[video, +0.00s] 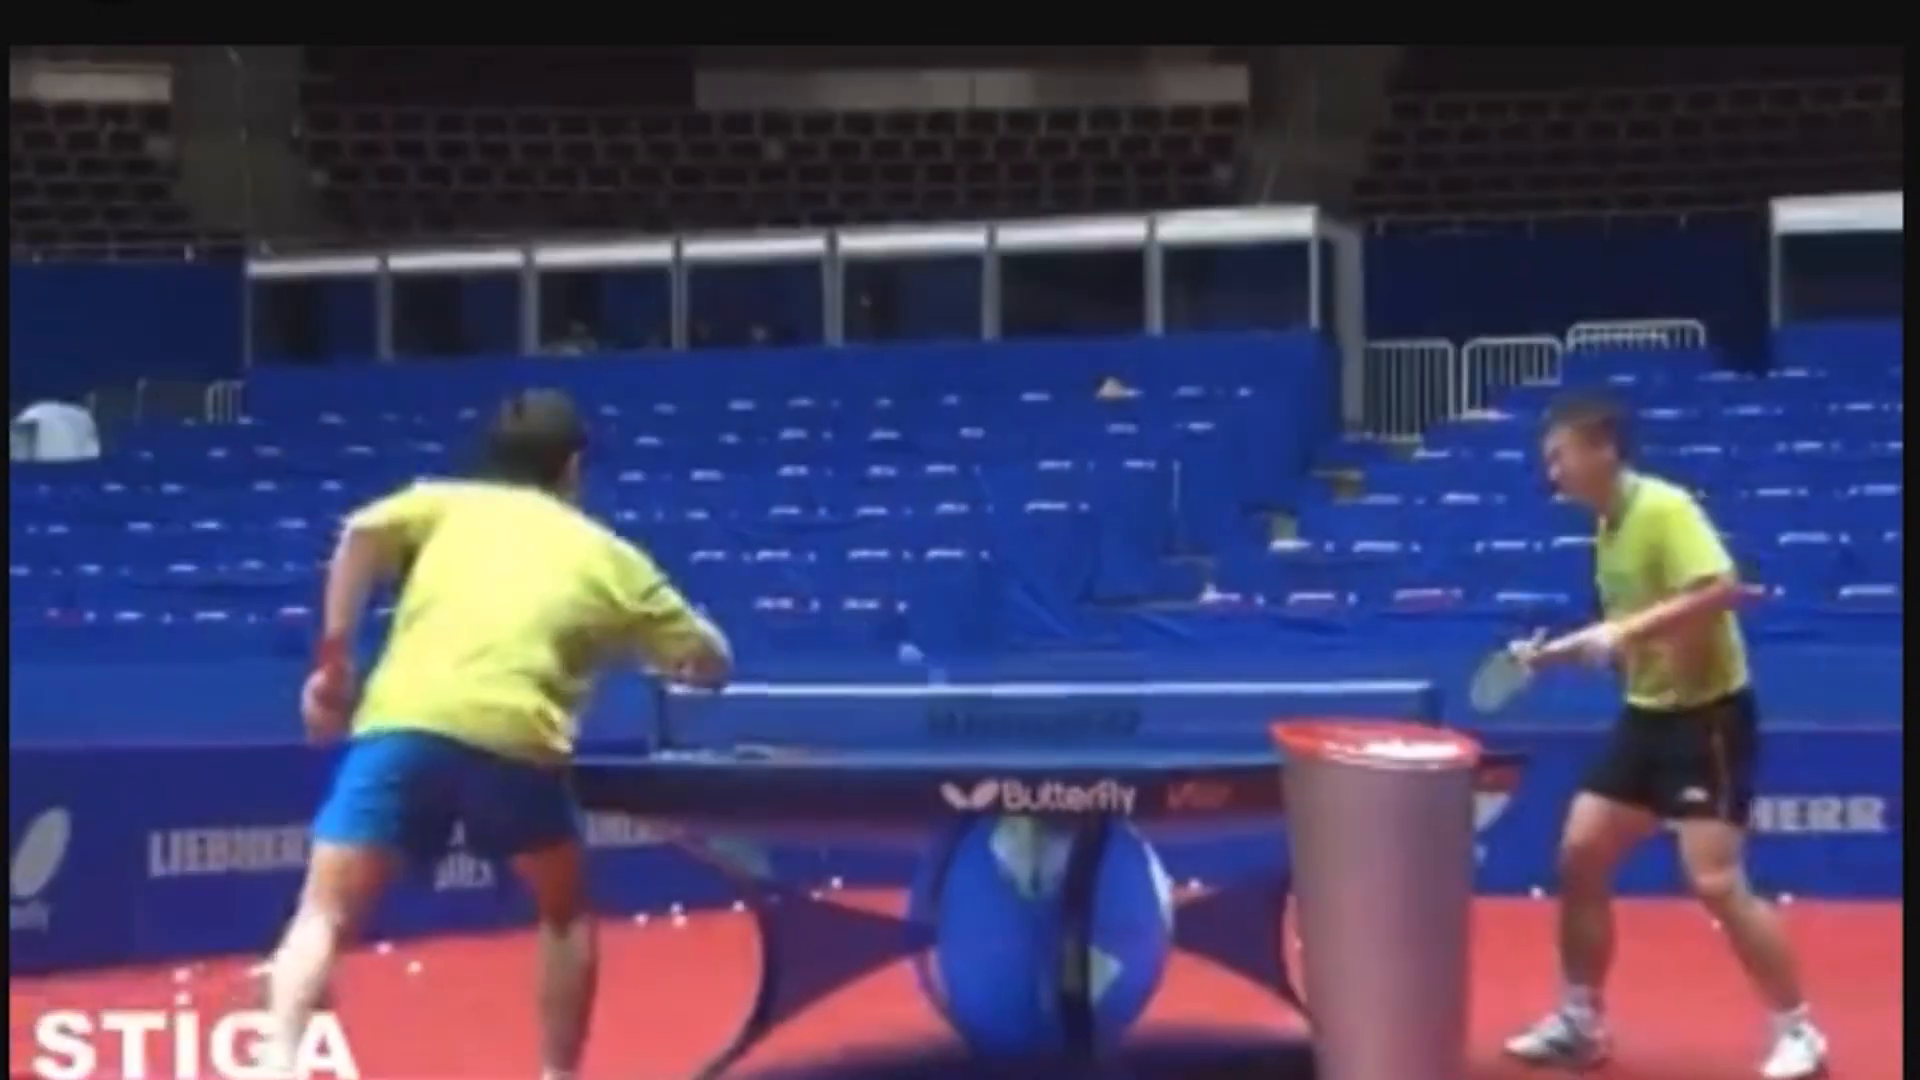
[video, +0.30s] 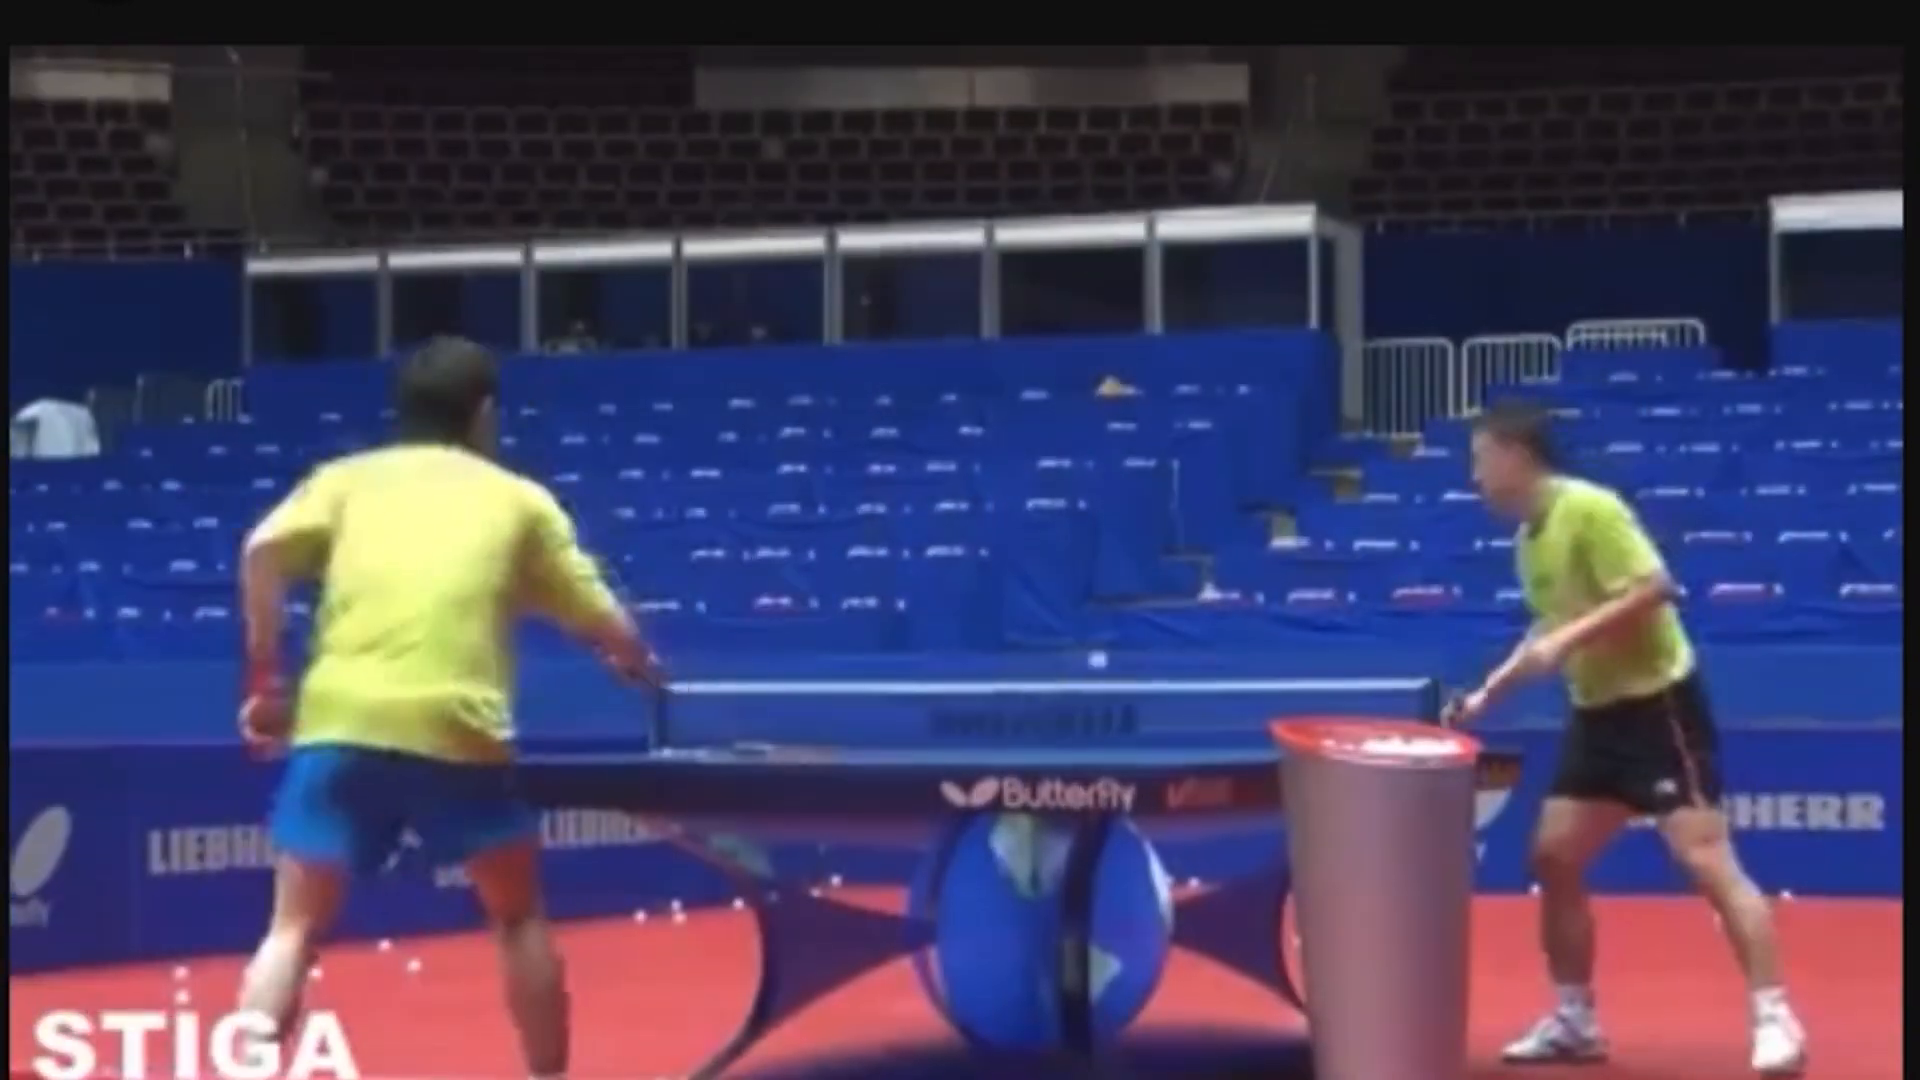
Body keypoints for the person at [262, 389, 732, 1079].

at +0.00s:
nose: (584, 473)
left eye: (581, 462)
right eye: (583, 463)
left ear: (498, 458)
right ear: (571, 468)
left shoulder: (446, 501)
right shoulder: (606, 555)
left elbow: (361, 534)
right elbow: (710, 662)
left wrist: (333, 656)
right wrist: (662, 646)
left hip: (401, 724)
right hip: (516, 742)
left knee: (325, 910)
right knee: (565, 918)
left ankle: (279, 1058)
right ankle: (559, 1068)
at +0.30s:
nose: (495, 420)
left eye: (492, 409)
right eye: (493, 409)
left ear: (405, 411)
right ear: (479, 414)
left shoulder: (347, 479)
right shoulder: (520, 500)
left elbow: (262, 551)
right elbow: (601, 618)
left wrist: (264, 681)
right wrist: (634, 661)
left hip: (338, 727)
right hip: (459, 733)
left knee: (293, 923)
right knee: (519, 923)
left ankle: (246, 1063)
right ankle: (548, 1069)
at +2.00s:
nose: (923, 351)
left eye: (925, 332)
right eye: (918, 331)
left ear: (866, 324)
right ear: (879, 320)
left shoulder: (817, 399)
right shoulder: (858, 405)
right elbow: (978, 497)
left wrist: (959, 457)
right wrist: (1009, 554)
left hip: (817, 702)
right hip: (858, 707)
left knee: (842, 929)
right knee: (906, 922)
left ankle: (771, 1068)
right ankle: (936, 1068)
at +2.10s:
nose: (946, 348)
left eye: (949, 333)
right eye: (942, 330)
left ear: (887, 323)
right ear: (905, 319)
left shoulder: (845, 400)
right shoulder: (891, 400)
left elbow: (978, 459)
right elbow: (1044, 441)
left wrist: (1054, 461)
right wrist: (1096, 478)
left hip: (855, 698)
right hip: (894, 699)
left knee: (920, 902)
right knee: (953, 907)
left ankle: (815, 1059)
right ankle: (951, 1070)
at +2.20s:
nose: (978, 340)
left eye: (980, 327)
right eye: (974, 325)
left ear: (913, 318)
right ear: (935, 313)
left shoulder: (867, 394)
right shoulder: (919, 378)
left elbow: (1013, 477)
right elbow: (1064, 362)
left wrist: (965, 417)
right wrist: (1109, 386)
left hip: (877, 691)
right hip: (914, 692)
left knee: (953, 887)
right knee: (970, 895)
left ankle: (859, 1055)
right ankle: (956, 1070)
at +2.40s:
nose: (1011, 336)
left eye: (1015, 322)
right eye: (997, 318)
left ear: (1011, 334)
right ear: (957, 317)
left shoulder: (987, 421)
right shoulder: (906, 384)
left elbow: (1073, 461)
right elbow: (972, 278)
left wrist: (997, 403)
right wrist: (1061, 216)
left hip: (975, 670)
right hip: (935, 667)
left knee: (946, 905)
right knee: (1005, 901)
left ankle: (897, 1067)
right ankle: (963, 1070)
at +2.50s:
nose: (1036, 338)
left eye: (1037, 323)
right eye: (1031, 319)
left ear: (998, 319)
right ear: (998, 311)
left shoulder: (1000, 423)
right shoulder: (932, 385)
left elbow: (1087, 468)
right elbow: (943, 260)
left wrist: (1013, 404)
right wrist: (1028, 158)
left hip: (964, 670)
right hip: (954, 667)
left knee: (941, 909)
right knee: (1013, 903)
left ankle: (896, 1069)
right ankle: (962, 1071)